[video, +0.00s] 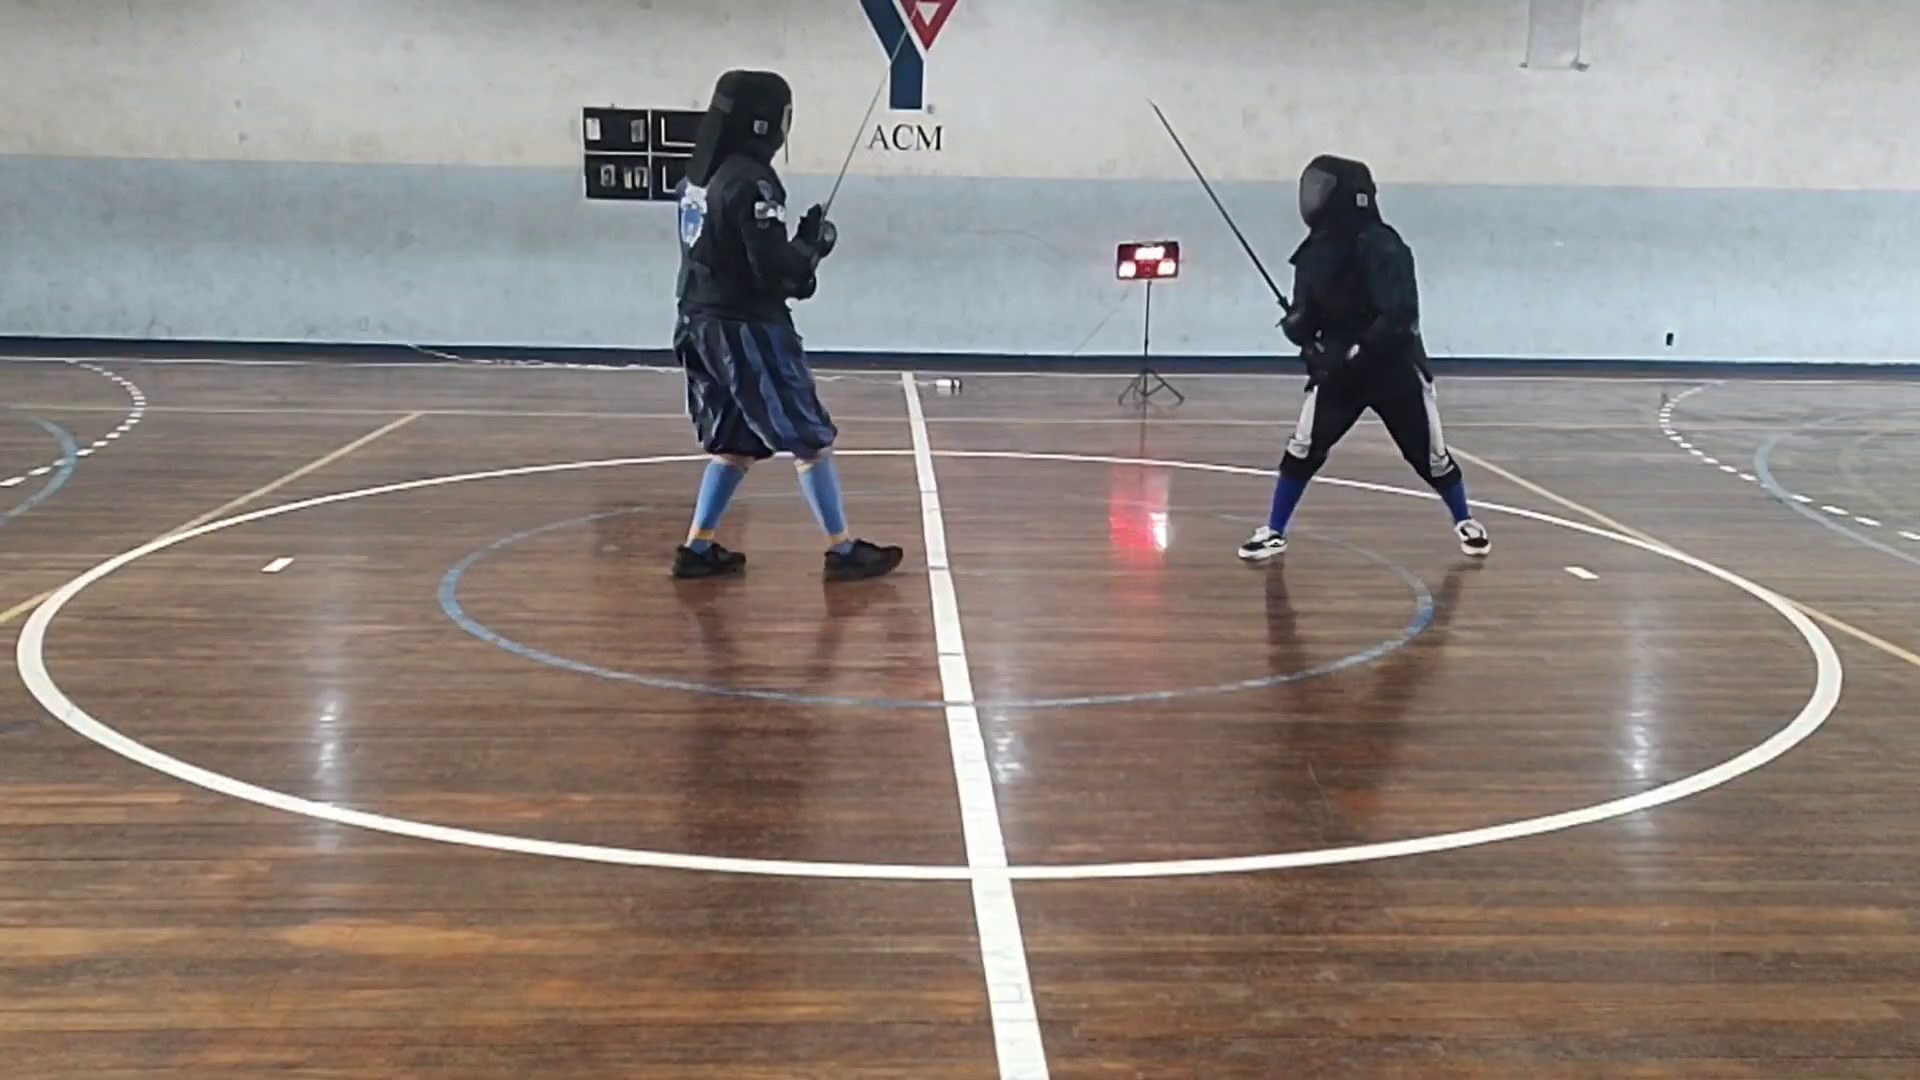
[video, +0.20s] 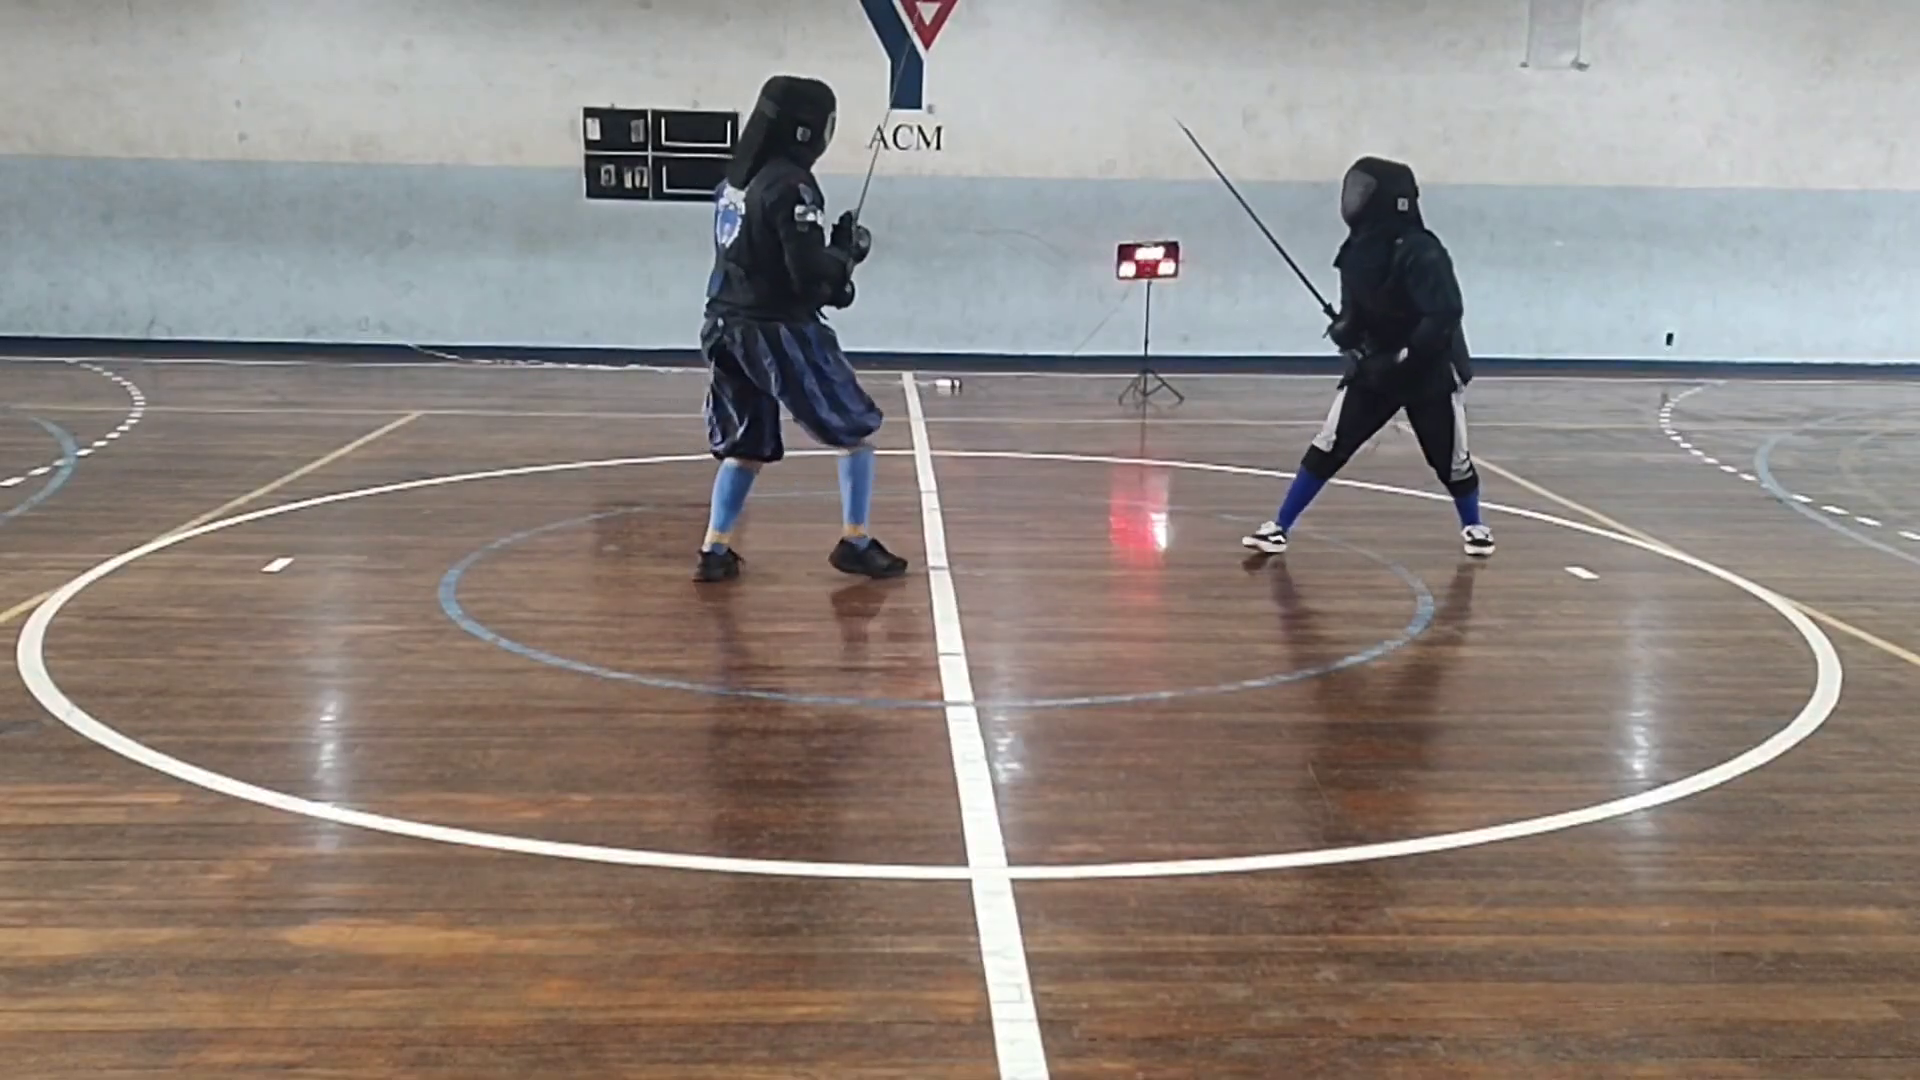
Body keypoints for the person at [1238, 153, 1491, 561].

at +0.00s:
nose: (1307, 196)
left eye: (1317, 187)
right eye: (1307, 187)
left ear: (1345, 193)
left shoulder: (1382, 245)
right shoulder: (1312, 252)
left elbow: (1400, 317)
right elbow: (1304, 314)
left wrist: (1353, 351)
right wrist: (1297, 325)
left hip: (1393, 368)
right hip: (1338, 368)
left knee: (1430, 456)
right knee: (1302, 450)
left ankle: (1464, 521)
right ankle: (1274, 530)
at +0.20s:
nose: (1346, 197)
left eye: (1357, 188)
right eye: (1348, 188)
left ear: (1386, 196)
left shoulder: (1420, 249)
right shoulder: (1356, 249)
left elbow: (1446, 313)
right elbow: (1355, 306)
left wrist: (1406, 359)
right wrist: (1345, 329)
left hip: (1429, 368)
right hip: (1375, 364)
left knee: (1451, 458)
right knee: (1329, 446)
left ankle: (1473, 526)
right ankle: (1279, 527)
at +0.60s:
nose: (1369, 205)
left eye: (1380, 198)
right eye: (1370, 196)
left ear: (1406, 206)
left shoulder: (1438, 262)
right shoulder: (1367, 257)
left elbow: (1455, 326)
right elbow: (1356, 317)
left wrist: (1404, 357)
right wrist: (1342, 322)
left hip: (1423, 382)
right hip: (1365, 376)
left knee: (1453, 465)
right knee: (1298, 427)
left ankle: (1473, 526)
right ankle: (1281, 519)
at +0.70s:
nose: (1355, 212)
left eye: (1366, 203)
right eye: (1356, 202)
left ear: (1395, 211)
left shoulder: (1428, 269)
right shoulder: (1352, 260)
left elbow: (1417, 347)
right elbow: (1326, 324)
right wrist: (1309, 310)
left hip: (1407, 387)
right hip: (1346, 380)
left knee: (1446, 467)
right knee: (1276, 435)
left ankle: (1473, 526)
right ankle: (1242, 516)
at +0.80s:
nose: (1343, 207)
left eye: (1353, 199)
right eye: (1342, 198)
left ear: (1378, 204)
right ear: (1342, 205)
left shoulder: (1402, 250)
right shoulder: (1329, 249)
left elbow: (1376, 295)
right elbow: (1275, 279)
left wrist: (1324, 275)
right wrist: (1244, 259)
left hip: (1385, 378)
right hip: (1323, 377)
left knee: (1444, 456)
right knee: (1260, 446)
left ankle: (1472, 527)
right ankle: (1210, 519)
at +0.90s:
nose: (1333, 207)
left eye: (1342, 199)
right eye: (1329, 198)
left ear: (1360, 201)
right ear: (1323, 198)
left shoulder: (1385, 237)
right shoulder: (1311, 230)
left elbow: (1340, 236)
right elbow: (1263, 228)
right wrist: (1226, 198)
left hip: (1367, 377)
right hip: (1308, 375)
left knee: (1434, 451)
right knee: (1249, 449)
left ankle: (1468, 528)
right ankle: (1209, 519)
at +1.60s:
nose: (1326, 177)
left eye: (1335, 169)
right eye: (1322, 168)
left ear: (1357, 175)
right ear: (1313, 171)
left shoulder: (1372, 219)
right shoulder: (1302, 209)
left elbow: (1360, 234)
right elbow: (1253, 228)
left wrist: (1293, 197)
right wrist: (1228, 199)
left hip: (1339, 352)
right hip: (1281, 348)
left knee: (1382, 441)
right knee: (1238, 434)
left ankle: (1425, 521)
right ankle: (1208, 519)